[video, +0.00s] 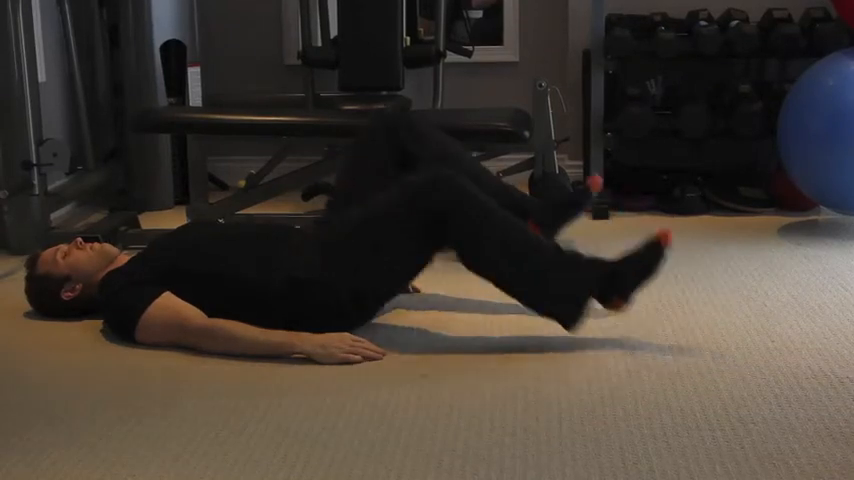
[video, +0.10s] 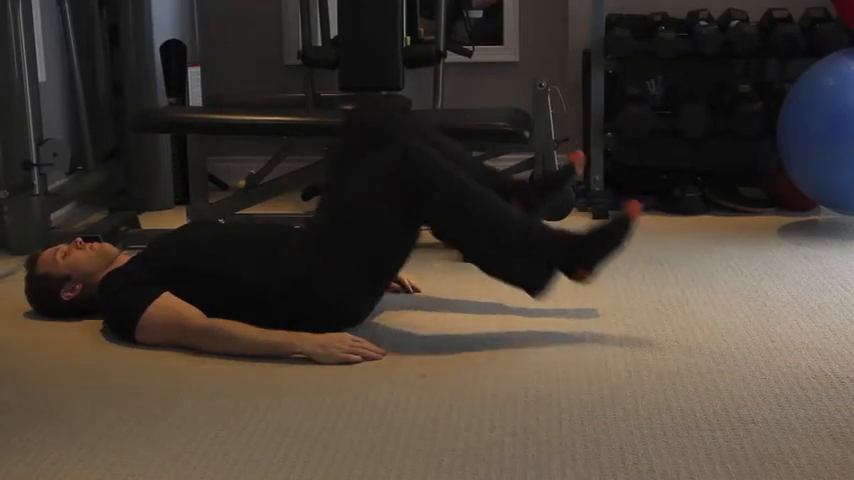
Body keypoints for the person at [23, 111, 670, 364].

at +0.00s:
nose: (81, 239)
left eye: (72, 239)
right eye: (68, 255)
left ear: (91, 242)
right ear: (77, 287)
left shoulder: (150, 251)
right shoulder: (128, 298)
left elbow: (243, 247)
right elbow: (209, 335)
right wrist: (312, 344)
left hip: (330, 242)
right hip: (325, 288)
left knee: (395, 129)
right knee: (441, 193)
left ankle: (530, 213)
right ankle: (585, 286)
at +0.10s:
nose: (79, 237)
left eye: (69, 238)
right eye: (66, 255)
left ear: (89, 241)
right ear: (76, 289)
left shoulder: (152, 253)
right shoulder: (126, 298)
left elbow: (256, 258)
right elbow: (206, 334)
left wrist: (369, 271)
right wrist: (308, 346)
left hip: (327, 258)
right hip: (321, 292)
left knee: (377, 122)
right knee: (406, 153)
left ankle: (516, 214)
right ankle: (551, 254)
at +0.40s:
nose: (73, 238)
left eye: (63, 239)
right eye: (60, 251)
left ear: (85, 247)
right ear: (70, 289)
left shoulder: (151, 253)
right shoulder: (119, 297)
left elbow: (251, 254)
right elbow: (201, 331)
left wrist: (361, 273)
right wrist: (304, 344)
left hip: (325, 271)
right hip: (302, 294)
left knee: (346, 111)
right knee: (298, 123)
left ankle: (475, 143)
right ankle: (452, 163)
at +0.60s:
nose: (63, 237)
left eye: (54, 237)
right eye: (52, 250)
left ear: (78, 239)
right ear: (64, 288)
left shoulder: (144, 251)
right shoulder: (113, 294)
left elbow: (245, 251)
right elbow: (196, 331)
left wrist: (352, 273)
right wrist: (295, 344)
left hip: (310, 264)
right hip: (289, 282)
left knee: (267, 113)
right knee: (254, 118)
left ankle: (421, 111)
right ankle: (422, 119)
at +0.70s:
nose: (63, 236)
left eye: (53, 237)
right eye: (51, 249)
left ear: (78, 241)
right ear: (63, 288)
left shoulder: (145, 252)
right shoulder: (112, 294)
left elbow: (244, 244)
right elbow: (193, 330)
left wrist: (350, 272)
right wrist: (292, 343)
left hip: (311, 263)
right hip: (288, 282)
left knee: (255, 115)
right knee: (246, 117)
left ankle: (412, 116)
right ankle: (414, 124)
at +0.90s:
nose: (70, 236)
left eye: (59, 237)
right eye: (57, 249)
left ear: (82, 244)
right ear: (66, 287)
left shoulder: (142, 250)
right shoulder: (115, 298)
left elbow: (244, 250)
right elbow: (198, 331)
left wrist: (355, 274)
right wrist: (301, 344)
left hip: (315, 263)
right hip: (293, 285)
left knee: (267, 117)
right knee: (255, 121)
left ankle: (425, 121)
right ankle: (425, 130)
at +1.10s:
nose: (71, 236)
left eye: (60, 237)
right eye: (58, 250)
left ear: (82, 244)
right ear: (67, 287)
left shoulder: (144, 249)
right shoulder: (117, 298)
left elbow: (244, 249)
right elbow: (197, 331)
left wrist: (355, 268)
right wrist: (299, 339)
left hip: (315, 267)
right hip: (297, 293)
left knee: (276, 118)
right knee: (262, 121)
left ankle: (431, 125)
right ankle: (433, 132)